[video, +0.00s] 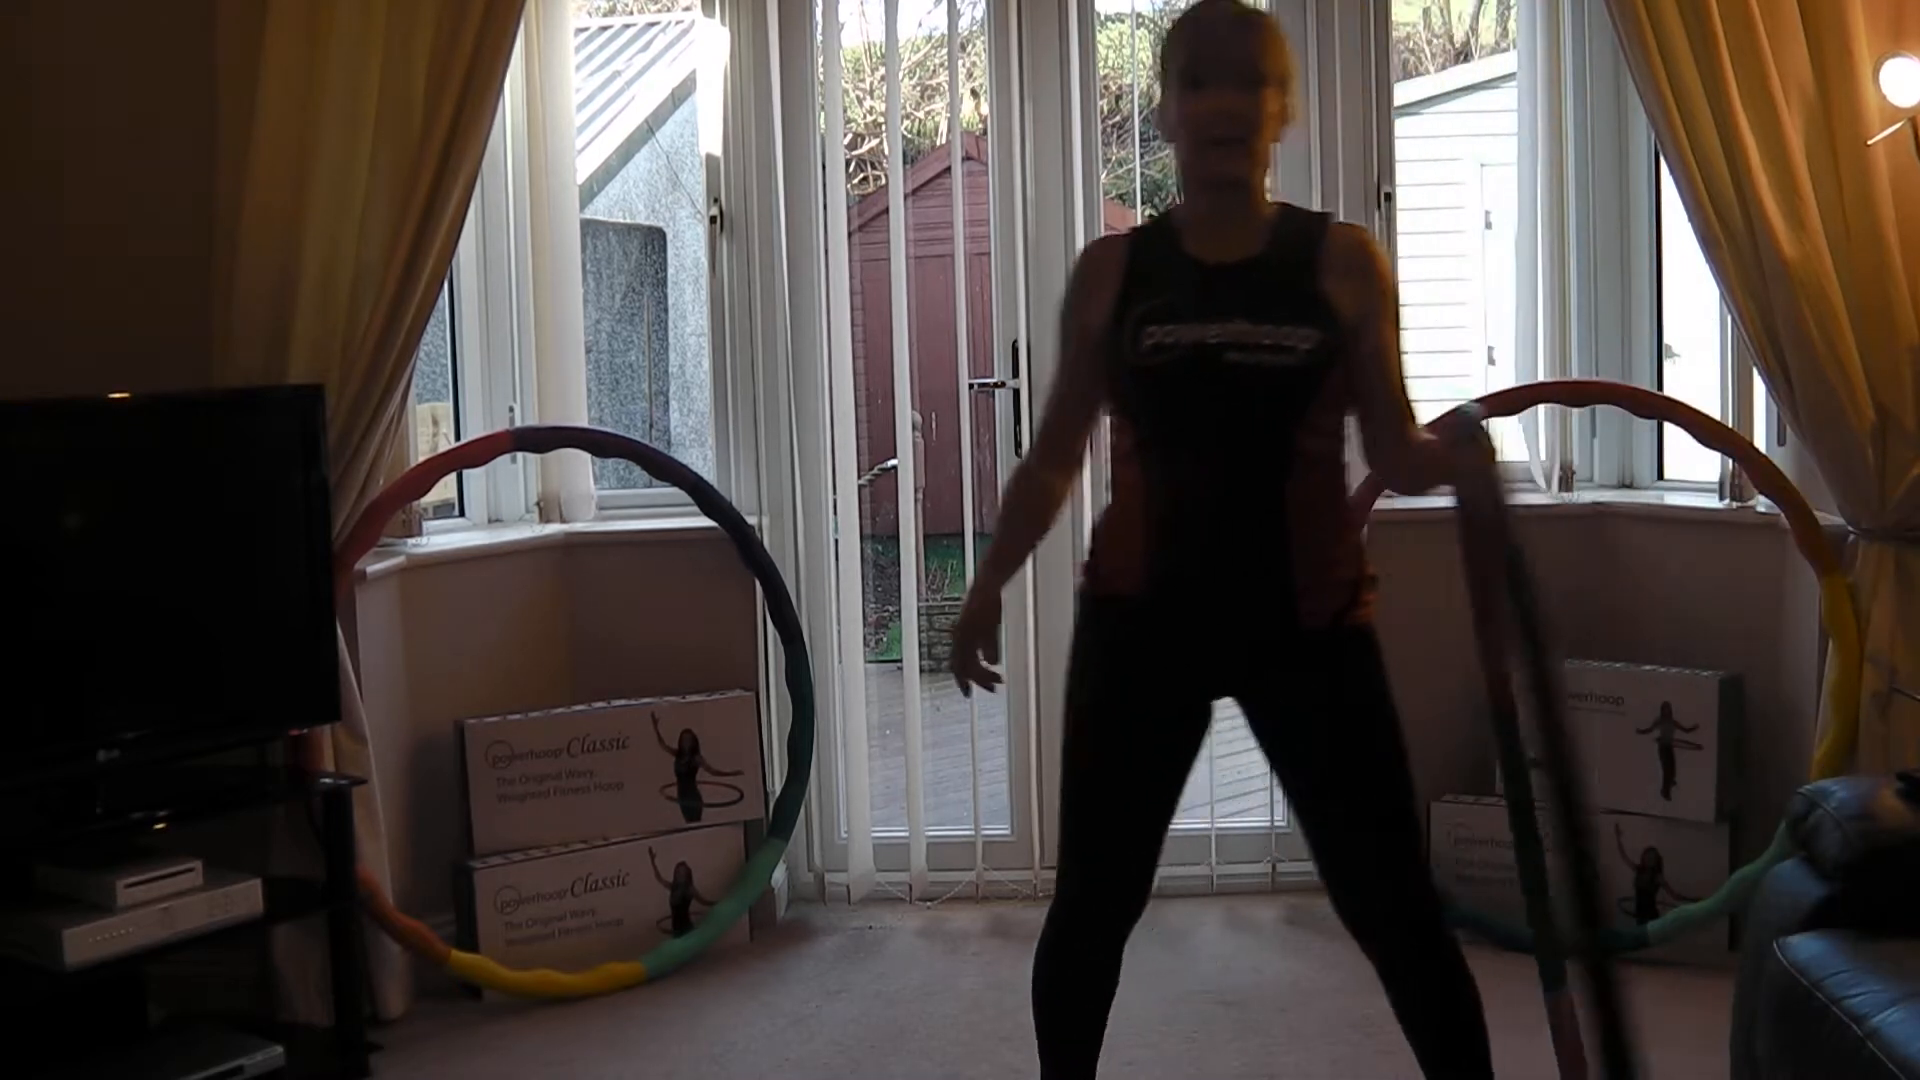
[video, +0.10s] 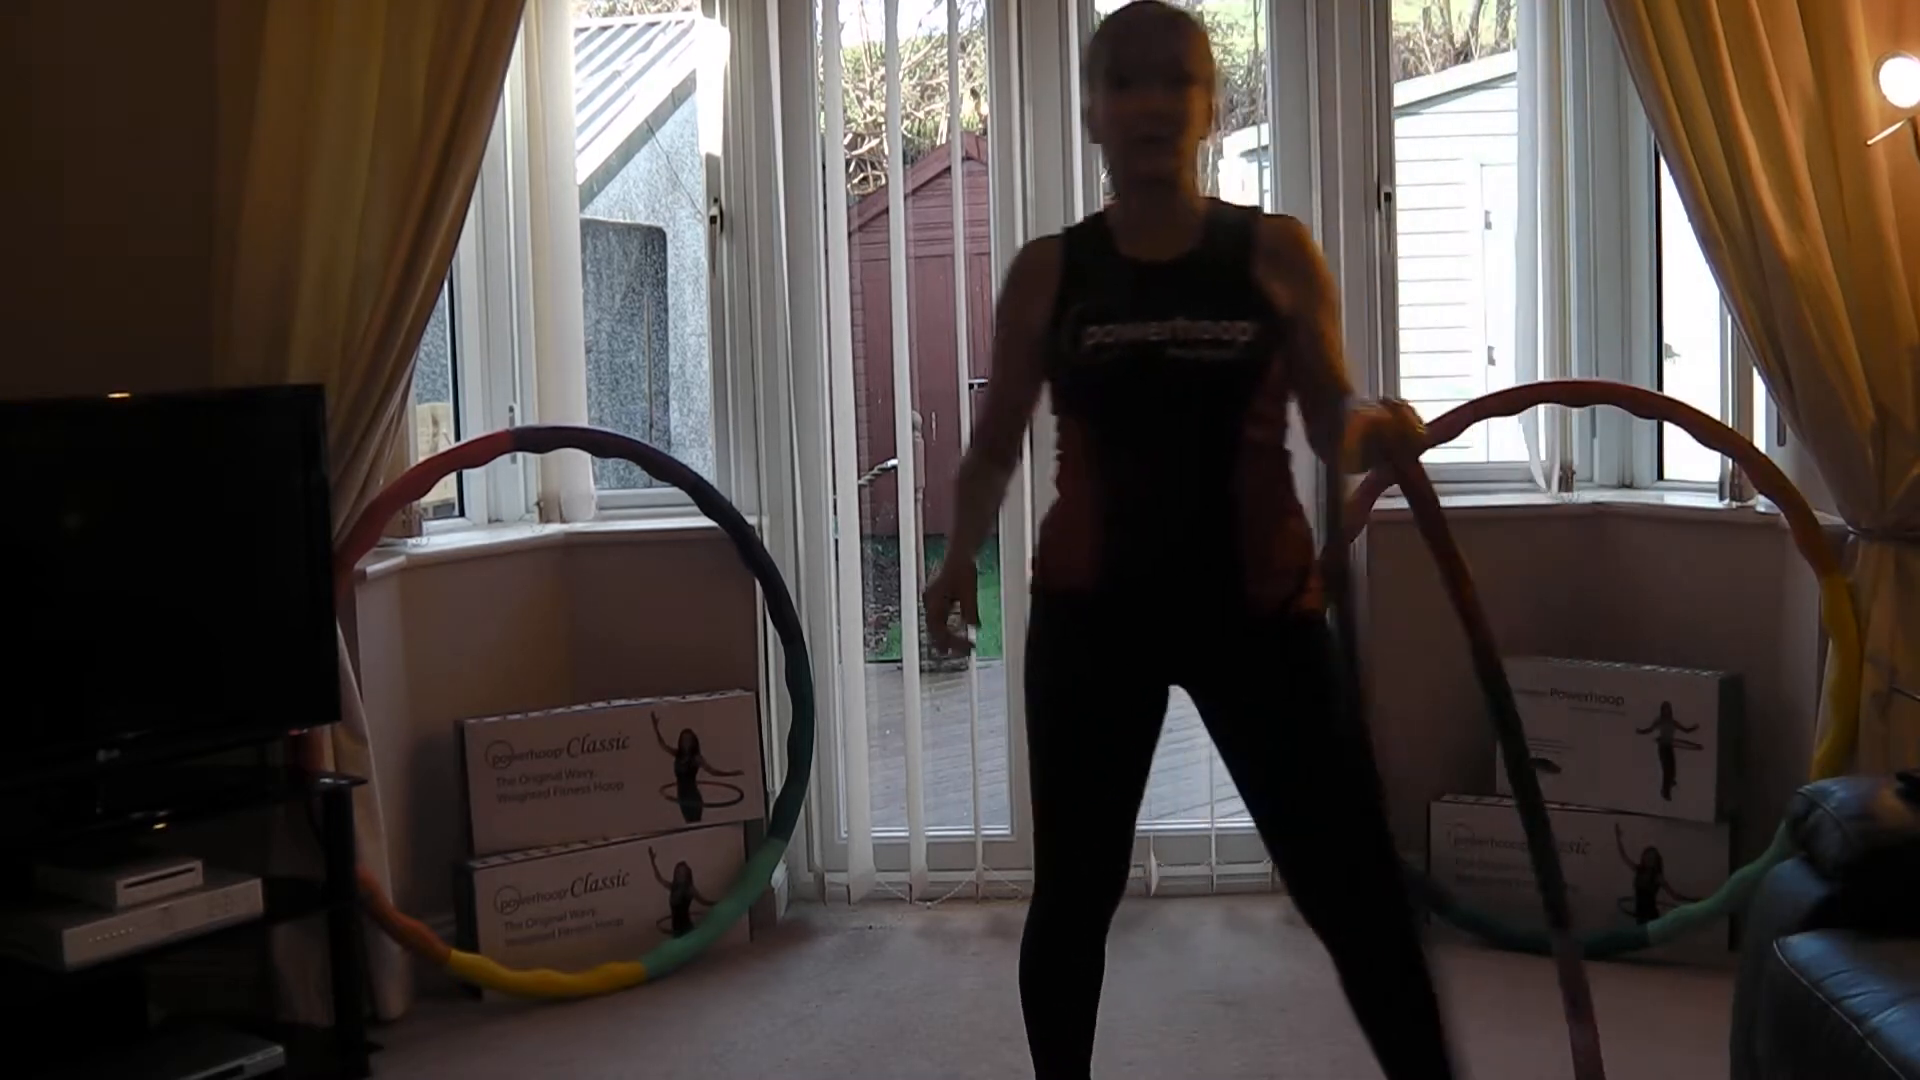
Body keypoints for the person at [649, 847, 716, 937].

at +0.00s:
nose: (681, 874)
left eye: (683, 872)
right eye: (678, 872)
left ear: (688, 874)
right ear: (675, 874)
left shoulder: (690, 889)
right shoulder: (673, 887)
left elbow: (703, 902)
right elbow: (659, 878)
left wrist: (717, 904)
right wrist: (652, 860)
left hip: (686, 924)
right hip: (675, 924)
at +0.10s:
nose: (681, 874)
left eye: (683, 872)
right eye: (678, 872)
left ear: (688, 874)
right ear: (675, 874)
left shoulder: (690, 889)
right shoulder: (673, 887)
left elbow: (703, 902)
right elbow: (659, 878)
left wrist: (717, 904)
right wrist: (652, 860)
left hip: (686, 924)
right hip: (675, 924)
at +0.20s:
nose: (681, 875)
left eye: (683, 872)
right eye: (678, 872)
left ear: (688, 874)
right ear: (675, 874)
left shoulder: (690, 889)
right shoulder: (673, 887)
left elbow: (704, 902)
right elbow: (658, 878)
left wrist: (719, 903)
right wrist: (652, 861)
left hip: (686, 924)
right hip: (675, 924)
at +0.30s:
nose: (681, 875)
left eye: (683, 872)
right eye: (678, 872)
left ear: (688, 874)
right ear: (675, 874)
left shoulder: (690, 889)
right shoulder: (673, 887)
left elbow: (704, 902)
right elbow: (658, 878)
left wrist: (719, 903)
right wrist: (652, 861)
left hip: (686, 924)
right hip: (675, 924)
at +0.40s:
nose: (681, 875)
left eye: (683, 872)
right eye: (678, 872)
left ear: (688, 874)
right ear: (675, 874)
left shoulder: (690, 889)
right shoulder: (673, 887)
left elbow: (704, 902)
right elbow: (658, 878)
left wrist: (719, 903)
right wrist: (652, 860)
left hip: (686, 924)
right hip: (675, 924)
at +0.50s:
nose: (681, 875)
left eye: (683, 872)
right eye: (678, 872)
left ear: (688, 874)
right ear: (675, 874)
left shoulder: (690, 889)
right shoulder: (673, 887)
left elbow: (704, 902)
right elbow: (658, 878)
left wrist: (719, 903)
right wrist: (652, 861)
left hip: (686, 924)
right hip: (675, 924)